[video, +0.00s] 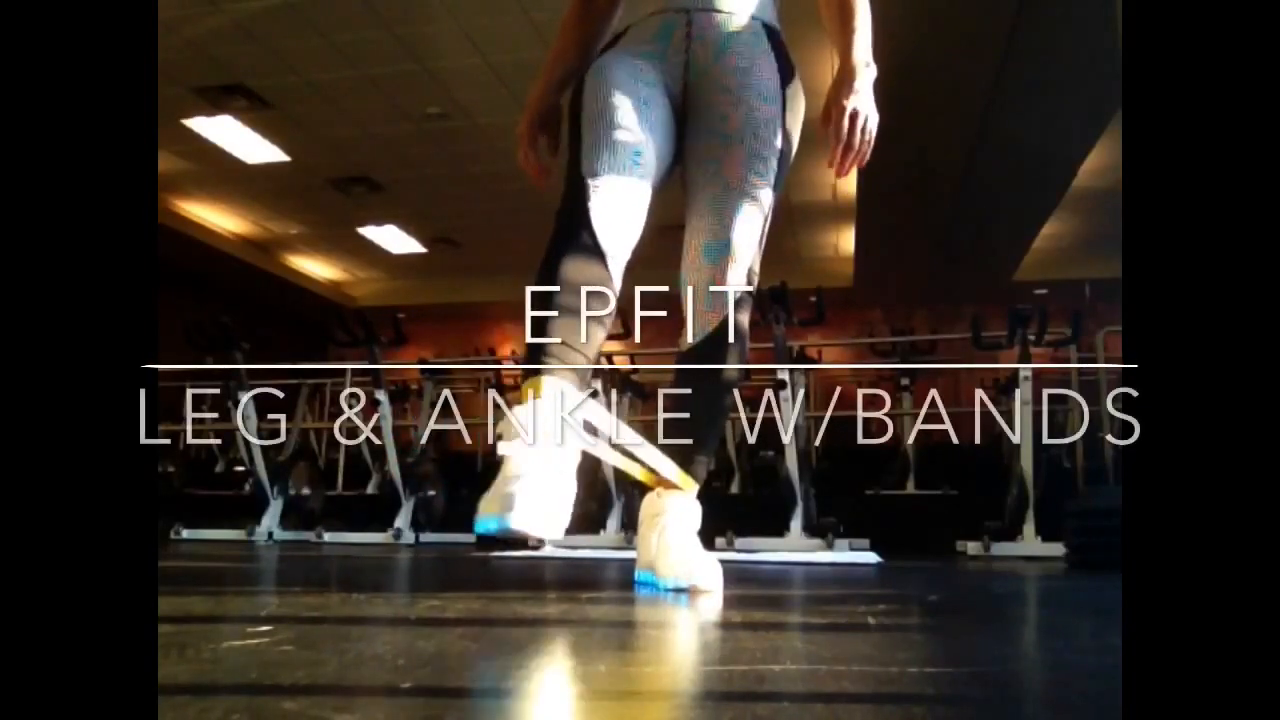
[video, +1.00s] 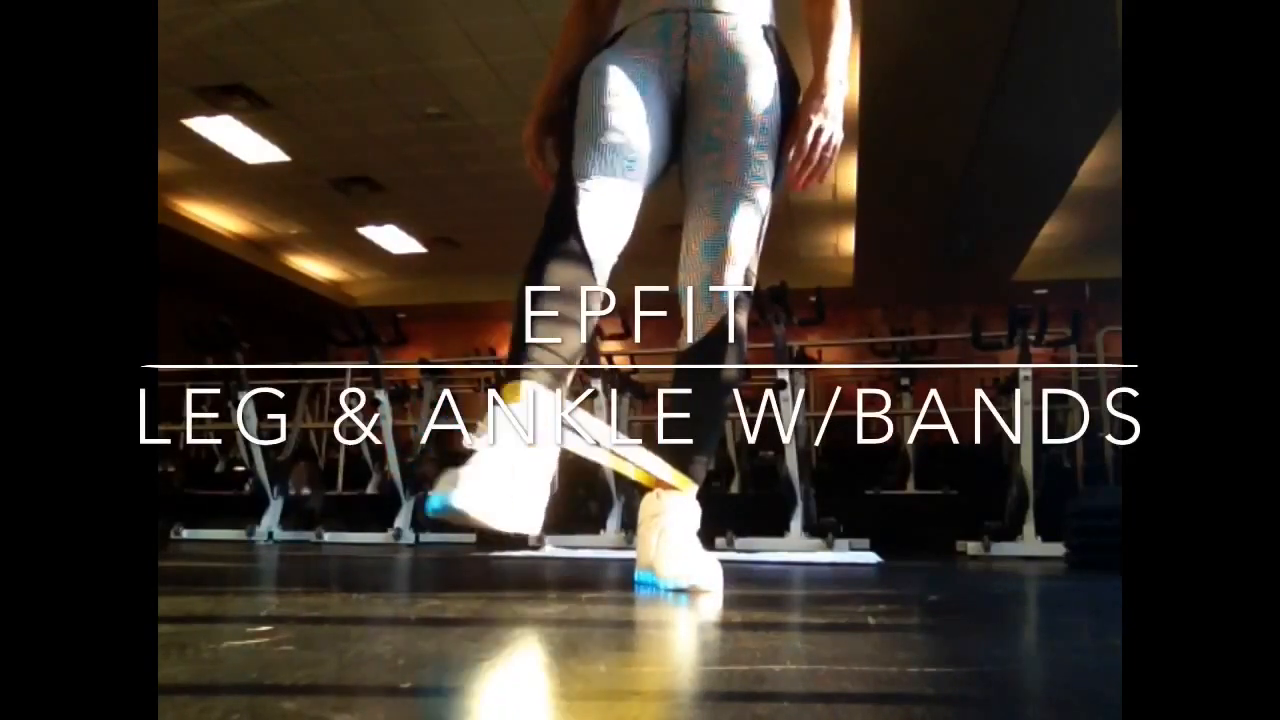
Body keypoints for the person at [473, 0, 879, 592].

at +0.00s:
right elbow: (596, 4)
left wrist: (857, 69)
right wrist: (548, 86)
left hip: (747, 28)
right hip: (634, 26)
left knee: (721, 272)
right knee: (599, 214)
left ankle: (674, 516)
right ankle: (543, 452)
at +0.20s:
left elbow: (837, 0)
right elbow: (595, 6)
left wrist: (851, 92)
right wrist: (550, 90)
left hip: (745, 27)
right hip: (636, 26)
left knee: (718, 274)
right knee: (585, 187)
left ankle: (672, 520)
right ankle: (503, 421)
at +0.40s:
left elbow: (832, 3)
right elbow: (597, 5)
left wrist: (839, 92)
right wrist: (551, 92)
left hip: (741, 31)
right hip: (634, 30)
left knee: (716, 273)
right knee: (592, 192)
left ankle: (673, 516)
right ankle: (527, 411)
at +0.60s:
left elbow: (829, 3)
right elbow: (597, 5)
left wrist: (830, 80)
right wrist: (558, 100)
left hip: (741, 32)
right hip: (632, 28)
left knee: (718, 272)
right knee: (618, 185)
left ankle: (675, 510)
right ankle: (574, 409)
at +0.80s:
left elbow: (826, 4)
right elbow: (596, 5)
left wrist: (826, 82)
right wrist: (555, 96)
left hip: (741, 26)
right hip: (632, 26)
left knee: (720, 268)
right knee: (617, 205)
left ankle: (673, 513)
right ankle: (571, 438)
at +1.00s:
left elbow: (828, 3)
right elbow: (595, 6)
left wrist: (830, 88)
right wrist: (552, 94)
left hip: (744, 28)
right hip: (636, 26)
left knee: (720, 270)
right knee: (589, 211)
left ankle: (672, 518)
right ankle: (519, 454)